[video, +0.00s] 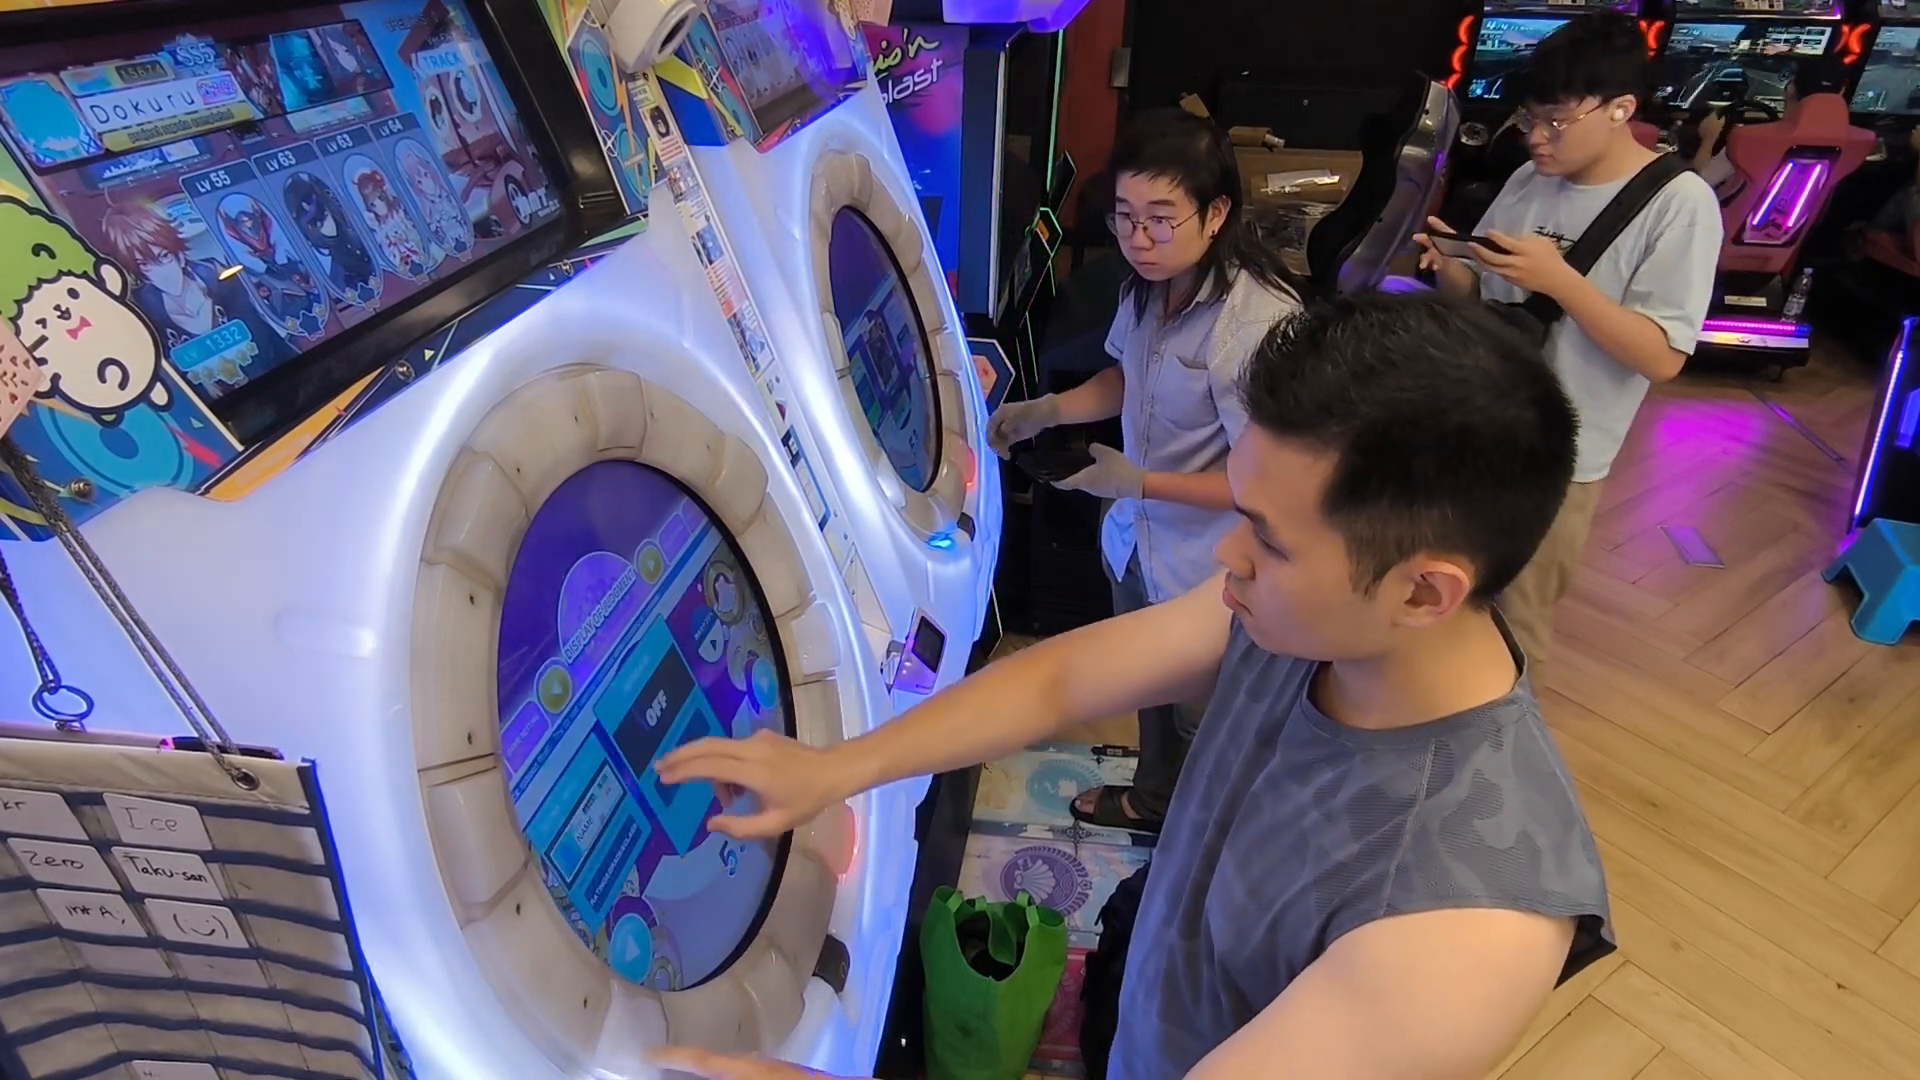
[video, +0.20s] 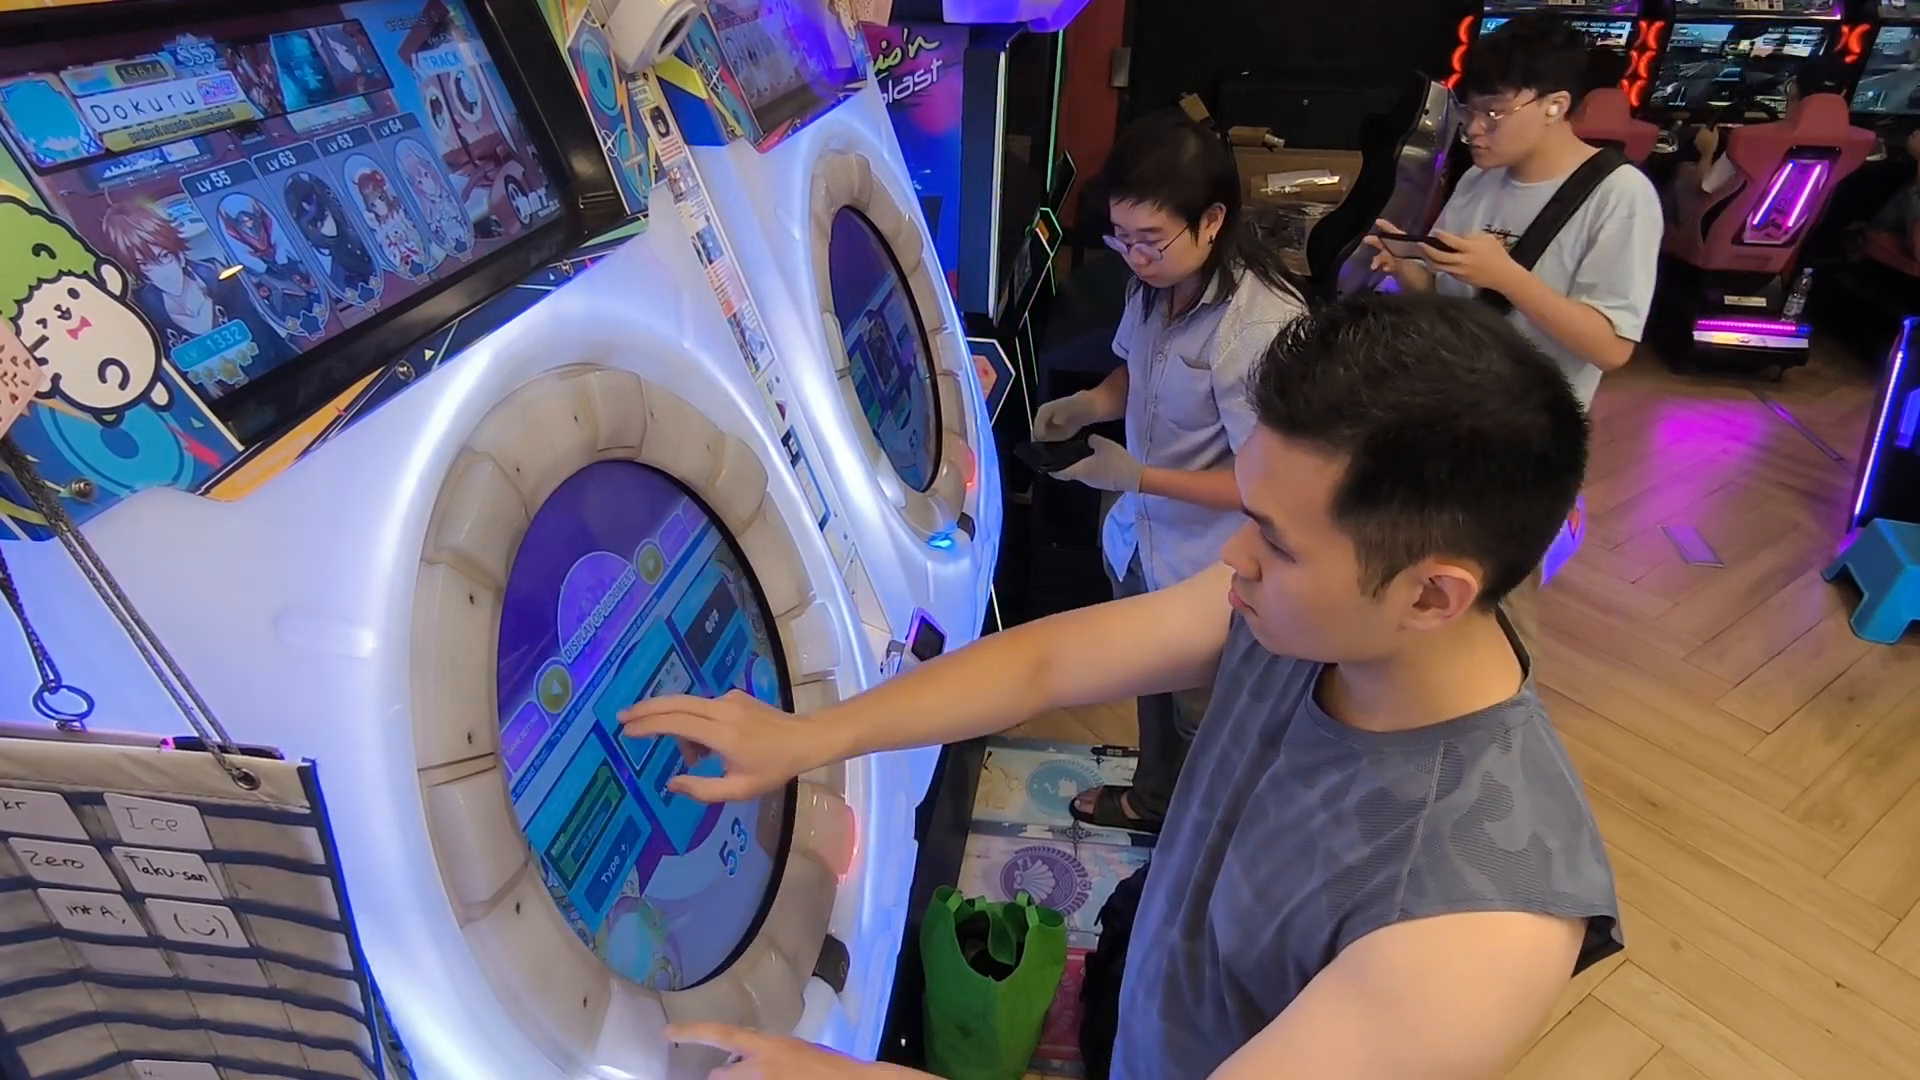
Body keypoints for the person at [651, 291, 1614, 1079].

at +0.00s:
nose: (1219, 553)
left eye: (1268, 541)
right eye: (1237, 511)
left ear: (1427, 593)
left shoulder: (1472, 910)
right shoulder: (1296, 605)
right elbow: (1061, 680)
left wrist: (811, 1069)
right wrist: (841, 767)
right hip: (1135, 1014)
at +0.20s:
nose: (1225, 554)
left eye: (1276, 544)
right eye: (1244, 512)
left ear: (1435, 595)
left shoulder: (1479, 915)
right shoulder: (1298, 594)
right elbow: (1049, 662)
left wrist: (878, 1076)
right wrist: (809, 736)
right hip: (1138, 988)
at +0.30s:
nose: (1229, 554)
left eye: (1279, 544)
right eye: (1246, 512)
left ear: (1438, 595)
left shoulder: (1486, 916)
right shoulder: (1295, 591)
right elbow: (1040, 654)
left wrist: (882, 1078)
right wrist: (793, 729)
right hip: (1137, 1003)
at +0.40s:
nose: (1232, 553)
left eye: (1282, 543)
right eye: (1249, 511)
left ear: (1440, 595)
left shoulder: (1489, 917)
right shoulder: (1288, 588)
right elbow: (1028, 655)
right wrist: (768, 721)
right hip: (1139, 1010)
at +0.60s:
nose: (1229, 558)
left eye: (1281, 547)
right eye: (1247, 514)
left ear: (1442, 596)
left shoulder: (1492, 917)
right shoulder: (1287, 590)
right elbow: (1032, 664)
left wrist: (874, 1078)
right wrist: (795, 754)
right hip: (1137, 992)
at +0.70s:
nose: (1230, 560)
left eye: (1279, 549)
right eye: (1248, 518)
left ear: (1438, 599)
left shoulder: (1491, 913)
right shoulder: (1292, 596)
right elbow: (1046, 685)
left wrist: (877, 1076)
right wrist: (844, 797)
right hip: (1133, 1025)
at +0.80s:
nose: (1228, 559)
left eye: (1274, 548)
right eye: (1245, 520)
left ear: (1434, 597)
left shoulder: (1484, 912)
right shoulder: (1289, 602)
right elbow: (1066, 704)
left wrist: (858, 1070)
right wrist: (872, 827)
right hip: (1130, 1017)